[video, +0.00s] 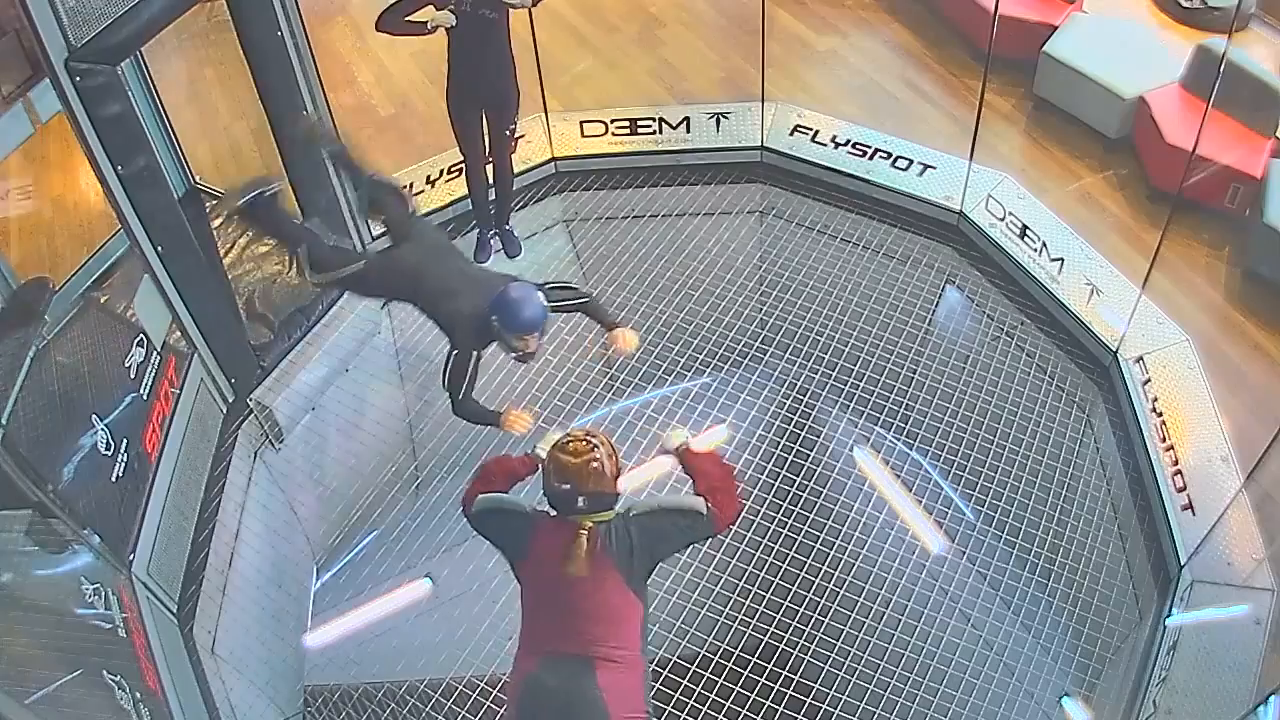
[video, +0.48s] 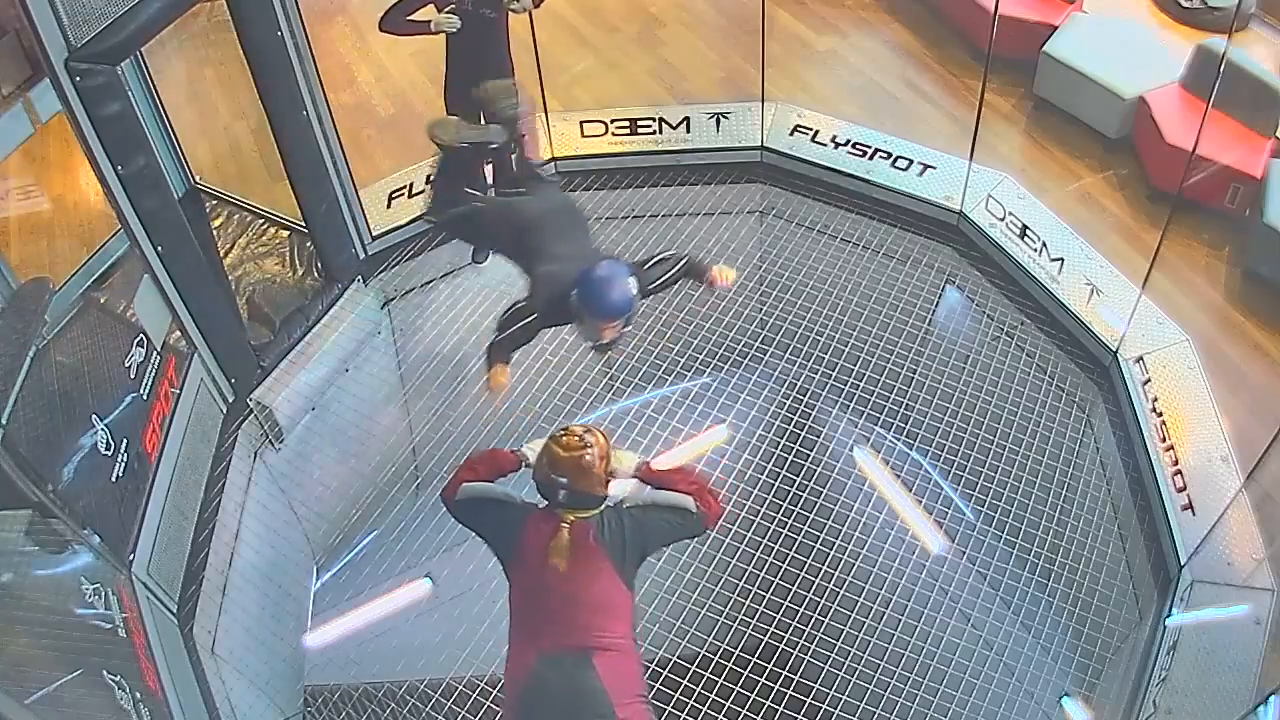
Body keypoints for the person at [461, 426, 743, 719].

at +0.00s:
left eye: (592, 450)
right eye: (602, 454)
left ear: (549, 488)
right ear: (615, 482)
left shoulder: (527, 533)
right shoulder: (636, 531)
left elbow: (476, 498)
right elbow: (724, 507)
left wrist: (533, 459)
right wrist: (689, 450)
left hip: (535, 692)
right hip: (612, 694)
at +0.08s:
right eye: (614, 460)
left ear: (550, 489)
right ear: (616, 484)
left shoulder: (528, 531)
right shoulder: (638, 530)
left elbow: (470, 499)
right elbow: (726, 504)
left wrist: (532, 464)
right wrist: (689, 455)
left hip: (538, 689)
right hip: (617, 692)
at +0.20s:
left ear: (551, 485)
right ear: (618, 483)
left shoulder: (527, 529)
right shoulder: (639, 529)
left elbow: (469, 497)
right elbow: (723, 502)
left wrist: (531, 463)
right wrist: (661, 459)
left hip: (539, 694)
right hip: (619, 695)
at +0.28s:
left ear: (551, 485)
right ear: (617, 485)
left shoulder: (526, 528)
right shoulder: (637, 529)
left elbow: (469, 494)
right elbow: (717, 503)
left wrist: (530, 462)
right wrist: (661, 467)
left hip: (539, 695)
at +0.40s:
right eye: (607, 458)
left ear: (545, 484)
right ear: (612, 484)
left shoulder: (521, 527)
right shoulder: (631, 527)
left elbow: (462, 493)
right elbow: (713, 503)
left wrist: (524, 458)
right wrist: (646, 468)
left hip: (537, 683)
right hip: (615, 684)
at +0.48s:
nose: (576, 436)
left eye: (586, 440)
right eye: (569, 438)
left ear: (542, 480)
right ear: (606, 483)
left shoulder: (514, 524)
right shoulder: (626, 524)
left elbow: (456, 490)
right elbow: (707, 504)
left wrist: (521, 455)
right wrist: (638, 469)